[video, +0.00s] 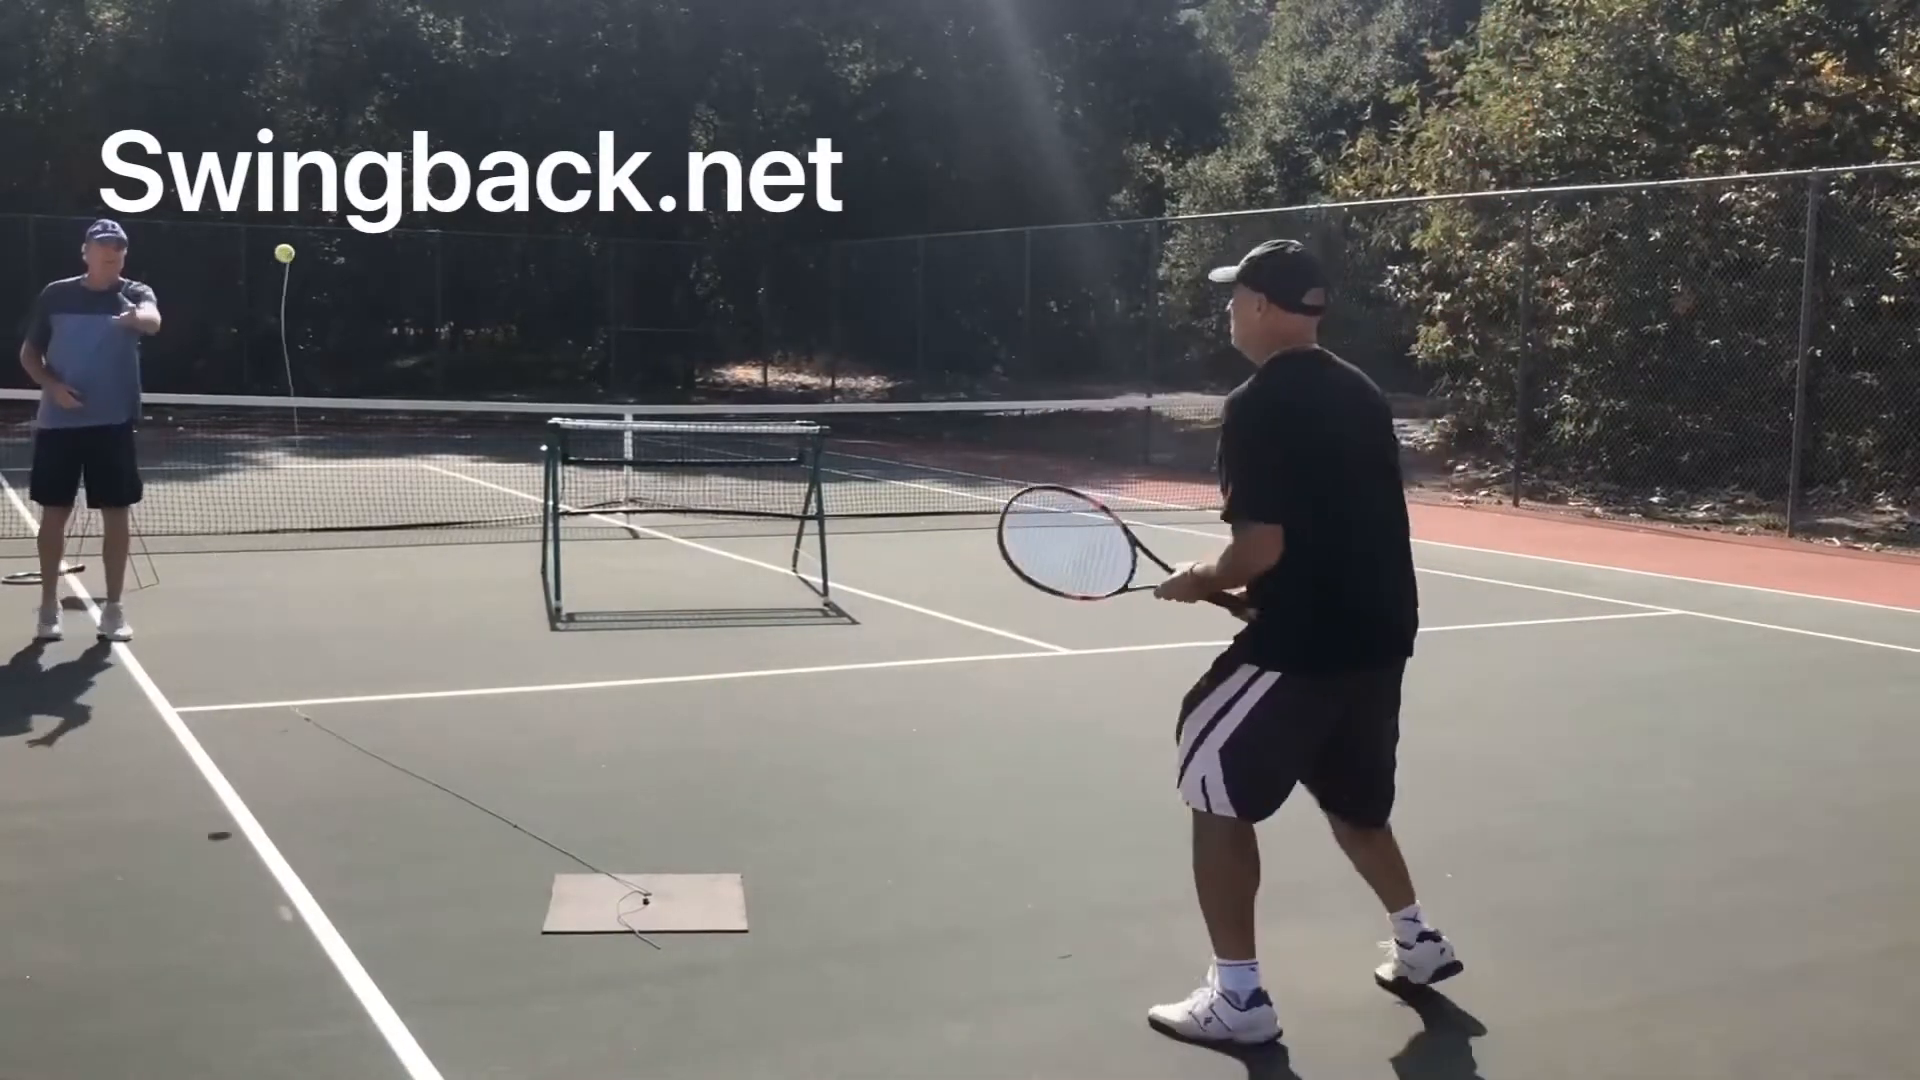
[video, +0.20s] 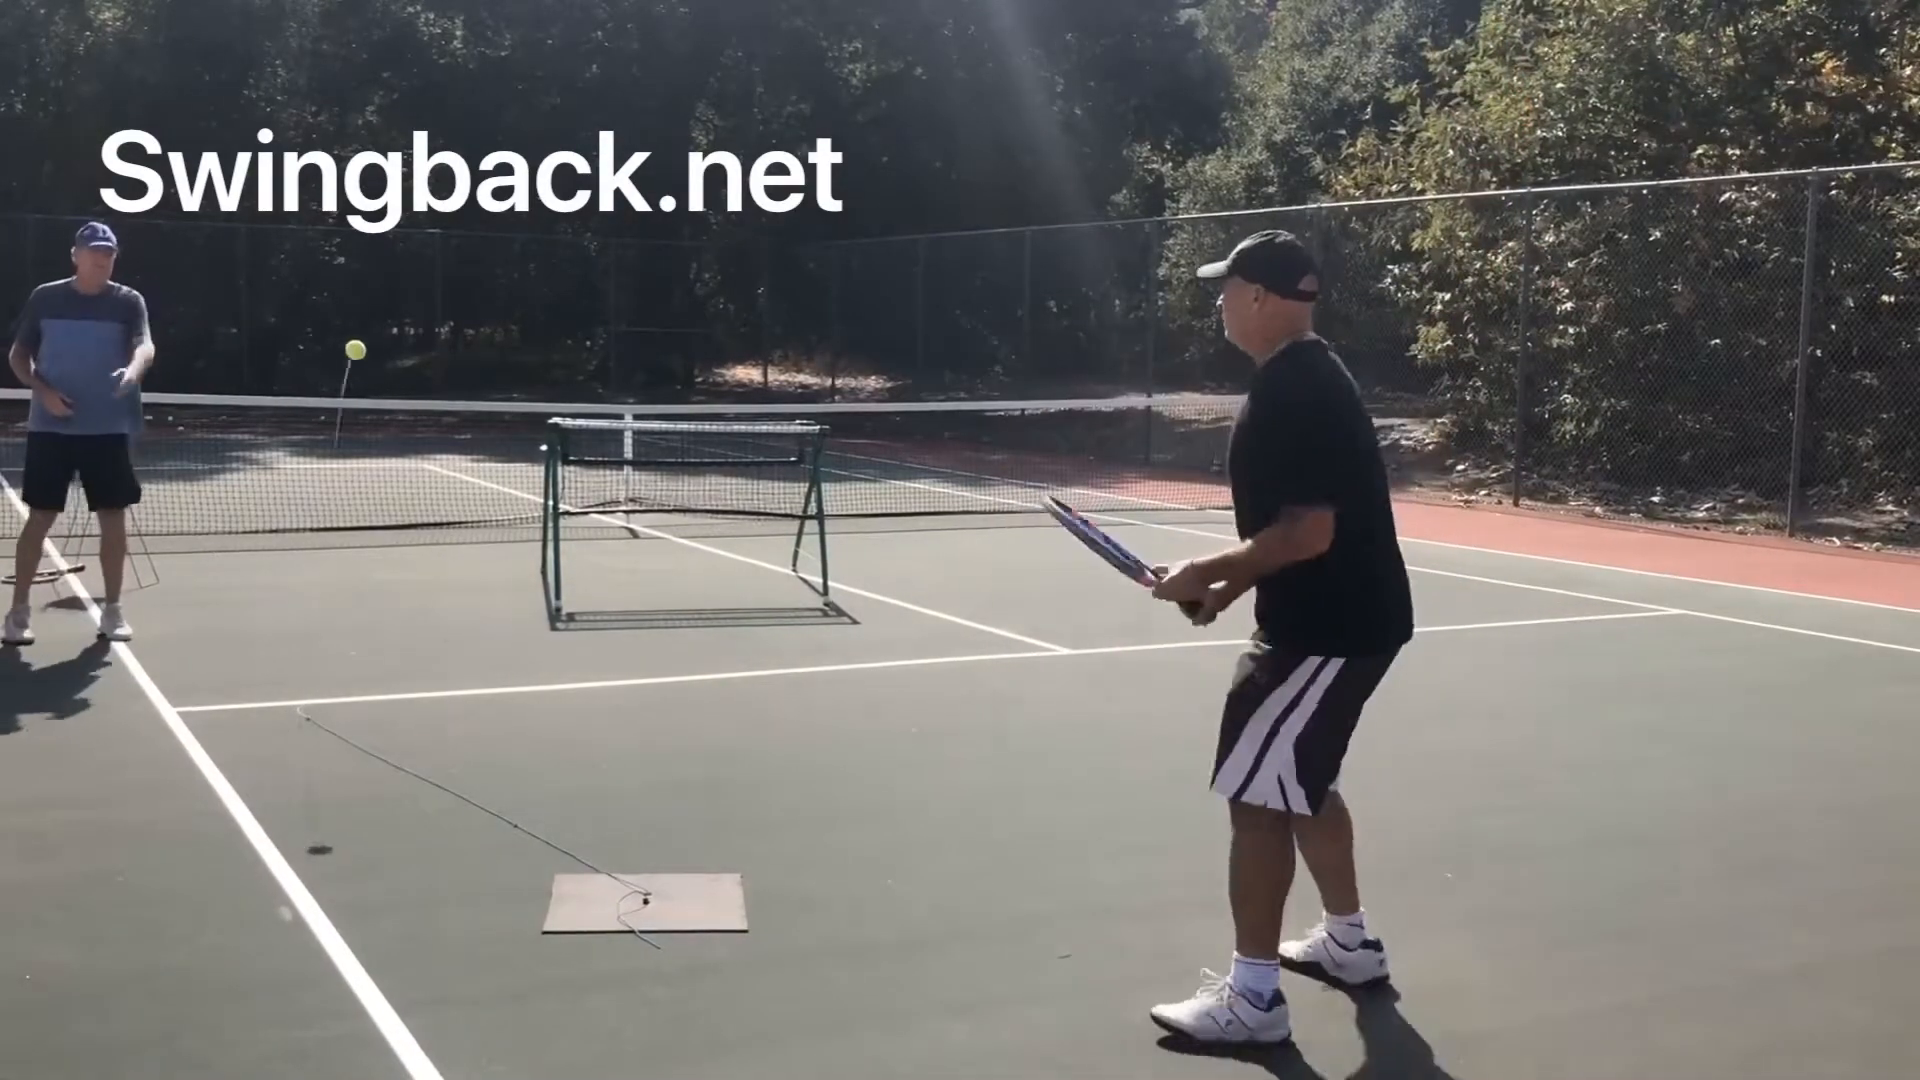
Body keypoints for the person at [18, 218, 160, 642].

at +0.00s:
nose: (114, 254)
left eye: (118, 247)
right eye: (105, 246)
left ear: (126, 254)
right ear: (86, 251)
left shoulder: (137, 293)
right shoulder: (56, 294)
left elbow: (152, 318)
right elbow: (28, 353)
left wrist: (135, 317)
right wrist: (52, 385)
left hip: (114, 426)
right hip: (60, 427)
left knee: (117, 516)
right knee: (54, 514)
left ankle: (113, 608)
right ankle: (48, 606)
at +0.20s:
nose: (103, 260)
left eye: (109, 253)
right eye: (96, 252)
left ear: (115, 258)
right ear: (76, 255)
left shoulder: (130, 301)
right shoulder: (45, 297)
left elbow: (144, 346)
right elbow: (18, 354)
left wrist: (134, 370)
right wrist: (42, 389)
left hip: (107, 432)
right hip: (51, 431)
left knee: (113, 519)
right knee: (40, 517)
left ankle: (112, 609)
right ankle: (19, 609)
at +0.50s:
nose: (67, 264)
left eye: (73, 257)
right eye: (59, 255)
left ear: (80, 260)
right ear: (40, 256)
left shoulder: (94, 303)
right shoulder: (8, 300)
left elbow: (107, 363)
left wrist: (117, 426)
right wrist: (12, 398)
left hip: (80, 436)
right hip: (21, 437)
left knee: (96, 518)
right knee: (17, 523)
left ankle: (108, 608)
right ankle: (9, 615)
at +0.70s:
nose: (51, 269)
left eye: (56, 262)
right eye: (43, 260)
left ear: (62, 263)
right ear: (21, 258)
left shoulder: (69, 299)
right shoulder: (4, 298)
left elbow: (76, 351)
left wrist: (79, 404)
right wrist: (0, 405)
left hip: (58, 432)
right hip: (10, 435)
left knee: (77, 514)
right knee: (7, 524)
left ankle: (96, 608)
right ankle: (8, 615)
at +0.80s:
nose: (44, 268)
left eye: (49, 261)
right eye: (36, 259)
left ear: (55, 263)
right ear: (15, 258)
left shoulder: (61, 298)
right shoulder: (1, 298)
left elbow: (64, 352)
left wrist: (68, 406)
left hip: (51, 432)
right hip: (7, 435)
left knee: (64, 511)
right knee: (5, 523)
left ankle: (70, 605)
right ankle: (8, 614)